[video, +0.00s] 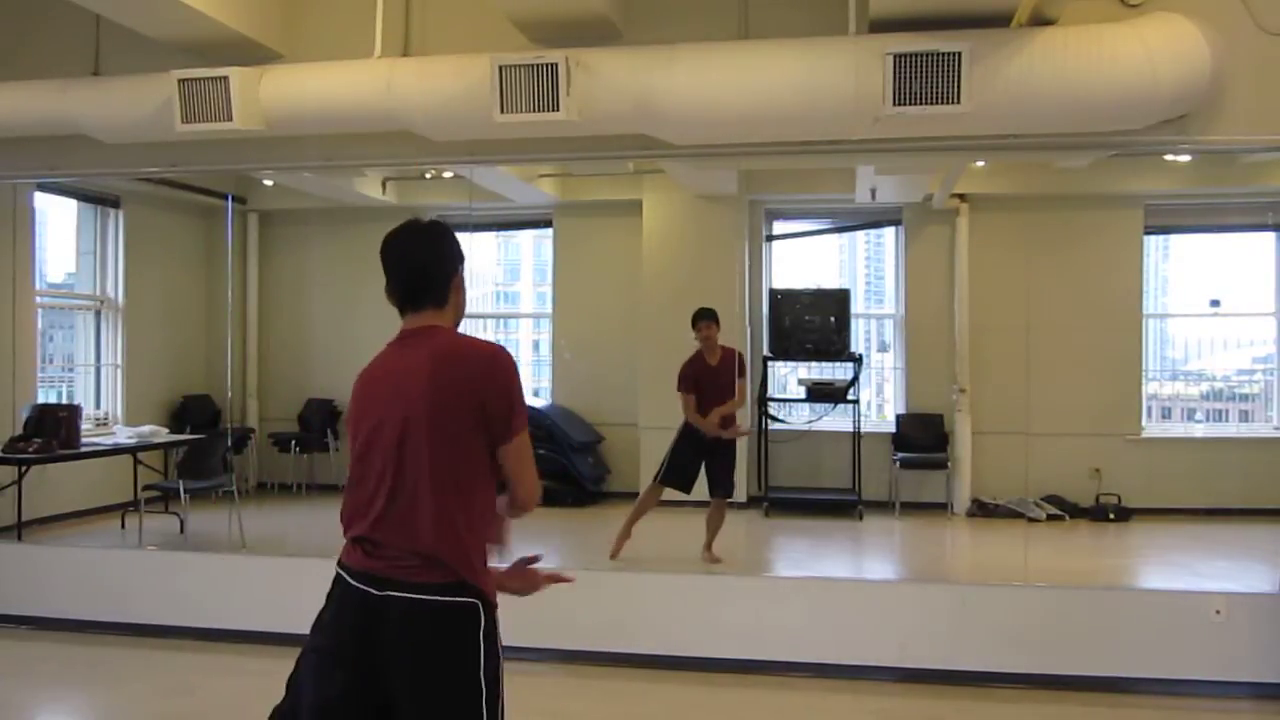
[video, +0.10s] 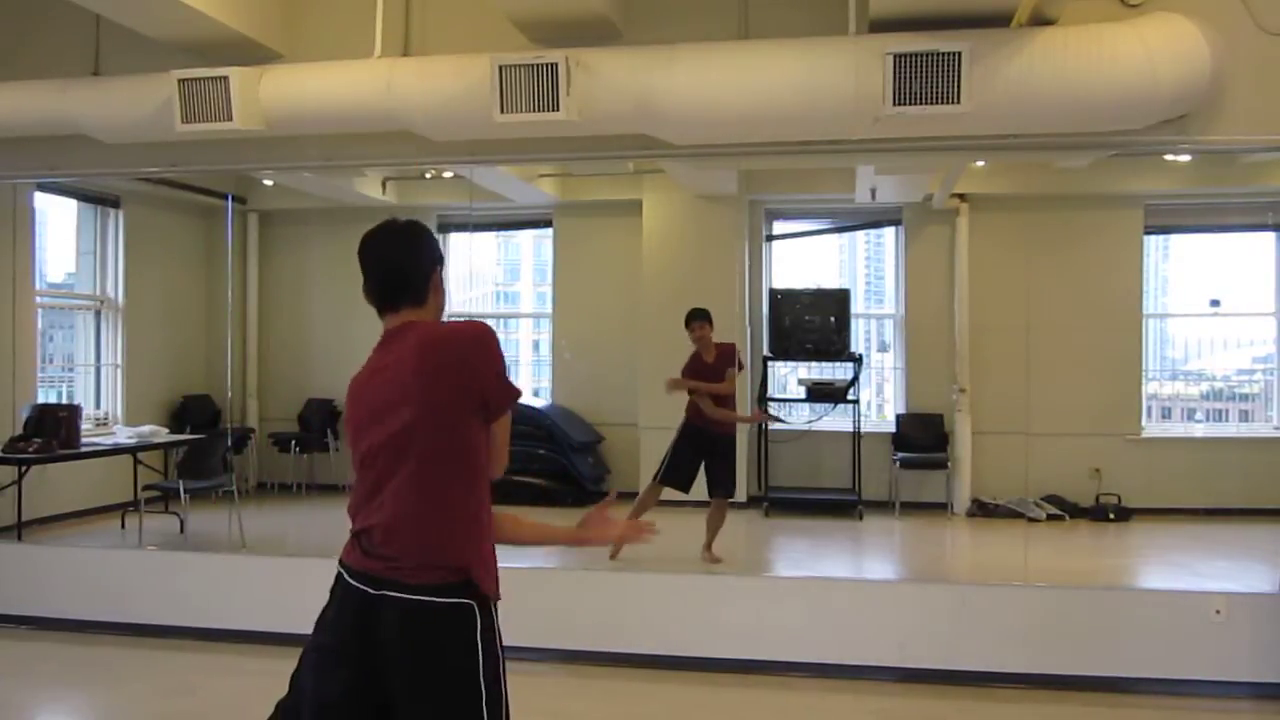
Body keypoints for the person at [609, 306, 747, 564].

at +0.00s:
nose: (706, 333)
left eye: (710, 327)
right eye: (700, 329)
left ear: (719, 329)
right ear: (695, 333)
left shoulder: (735, 359)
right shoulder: (689, 368)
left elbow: (740, 399)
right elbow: (690, 414)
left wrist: (717, 414)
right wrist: (721, 432)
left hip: (725, 433)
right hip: (694, 430)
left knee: (721, 497)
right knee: (660, 483)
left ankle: (708, 548)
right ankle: (625, 530)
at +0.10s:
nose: (698, 333)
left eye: (702, 327)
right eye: (693, 330)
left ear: (712, 328)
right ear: (688, 334)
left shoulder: (729, 351)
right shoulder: (690, 369)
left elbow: (729, 388)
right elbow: (711, 411)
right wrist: (749, 419)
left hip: (723, 432)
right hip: (694, 429)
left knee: (721, 497)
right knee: (660, 481)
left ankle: (708, 548)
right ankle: (625, 530)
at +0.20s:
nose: (692, 333)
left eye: (697, 328)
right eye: (687, 329)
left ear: (706, 329)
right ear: (682, 333)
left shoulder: (722, 347)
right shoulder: (686, 369)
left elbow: (739, 375)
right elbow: (706, 401)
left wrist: (708, 364)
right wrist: (733, 413)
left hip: (723, 429)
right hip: (695, 427)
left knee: (722, 497)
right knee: (660, 482)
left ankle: (708, 547)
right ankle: (625, 531)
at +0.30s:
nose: (688, 334)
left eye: (693, 328)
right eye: (683, 329)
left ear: (702, 329)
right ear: (677, 332)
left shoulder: (717, 349)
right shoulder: (680, 371)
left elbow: (747, 360)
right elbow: (687, 404)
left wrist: (747, 359)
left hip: (723, 428)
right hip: (693, 427)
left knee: (722, 496)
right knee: (660, 482)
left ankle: (707, 547)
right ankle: (625, 531)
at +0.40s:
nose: (689, 329)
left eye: (695, 324)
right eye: (685, 324)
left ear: (703, 327)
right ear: (679, 328)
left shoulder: (717, 353)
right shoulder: (674, 364)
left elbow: (747, 358)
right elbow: (659, 404)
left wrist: (751, 357)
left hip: (721, 428)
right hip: (692, 426)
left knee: (721, 494)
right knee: (659, 482)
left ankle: (707, 547)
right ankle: (626, 531)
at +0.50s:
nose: (692, 326)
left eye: (698, 322)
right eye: (688, 321)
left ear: (706, 326)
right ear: (682, 324)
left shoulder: (715, 354)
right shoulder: (669, 357)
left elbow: (747, 366)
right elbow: (636, 391)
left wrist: (752, 373)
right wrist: (629, 373)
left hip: (715, 431)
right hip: (684, 429)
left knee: (719, 494)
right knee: (656, 487)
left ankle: (707, 547)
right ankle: (629, 536)